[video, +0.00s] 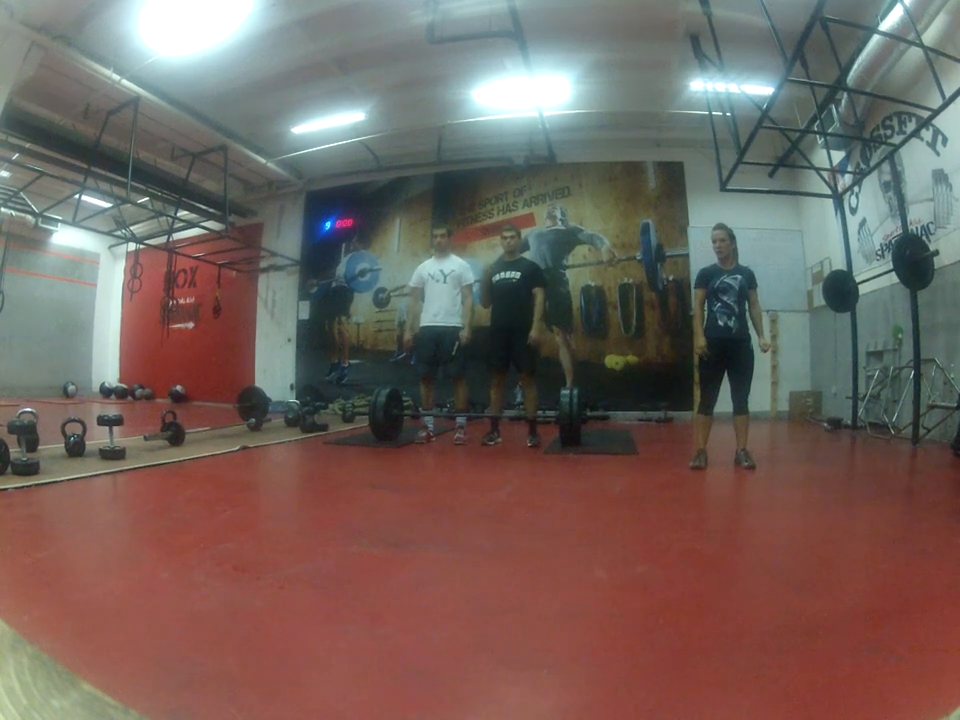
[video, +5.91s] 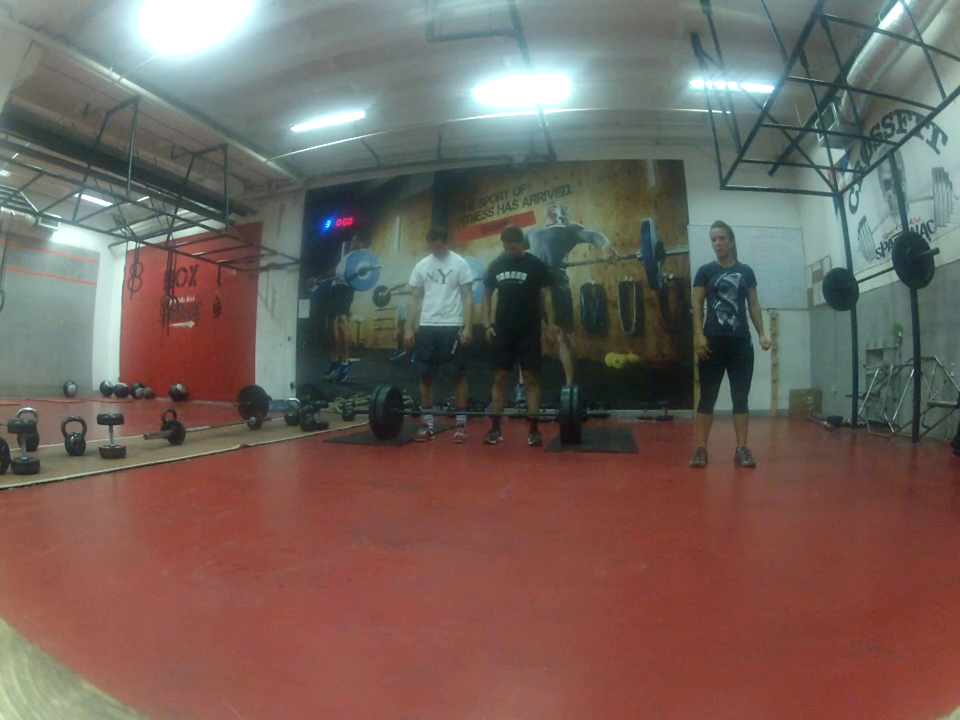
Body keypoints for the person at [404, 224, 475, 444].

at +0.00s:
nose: (438, 240)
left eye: (442, 236)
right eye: (435, 237)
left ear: (450, 239)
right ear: (431, 240)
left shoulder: (461, 265)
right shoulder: (423, 268)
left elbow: (468, 298)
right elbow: (414, 300)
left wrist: (467, 327)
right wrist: (409, 329)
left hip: (453, 328)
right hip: (427, 328)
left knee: (458, 377)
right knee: (426, 378)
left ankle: (461, 426)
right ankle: (428, 427)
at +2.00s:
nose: (431, 242)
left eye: (433, 238)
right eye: (431, 238)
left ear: (440, 239)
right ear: (442, 239)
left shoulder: (462, 262)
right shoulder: (427, 265)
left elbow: (469, 295)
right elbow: (420, 297)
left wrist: (466, 327)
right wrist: (413, 325)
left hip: (454, 326)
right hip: (428, 326)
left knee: (459, 375)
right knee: (426, 375)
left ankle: (461, 424)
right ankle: (428, 424)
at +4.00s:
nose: (438, 248)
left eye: (441, 244)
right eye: (435, 244)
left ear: (449, 242)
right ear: (432, 243)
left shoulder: (462, 264)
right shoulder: (425, 266)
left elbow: (471, 296)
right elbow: (416, 298)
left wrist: (472, 325)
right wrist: (408, 325)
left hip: (456, 328)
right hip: (429, 327)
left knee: (459, 376)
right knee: (426, 376)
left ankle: (461, 425)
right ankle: (427, 425)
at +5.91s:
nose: (436, 248)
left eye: (439, 244)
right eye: (433, 245)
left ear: (446, 242)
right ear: (428, 243)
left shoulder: (459, 263)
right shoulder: (421, 266)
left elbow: (467, 296)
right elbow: (414, 299)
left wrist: (468, 327)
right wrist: (409, 327)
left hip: (454, 328)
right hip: (426, 328)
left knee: (458, 376)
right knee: (425, 376)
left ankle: (461, 425)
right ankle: (427, 425)